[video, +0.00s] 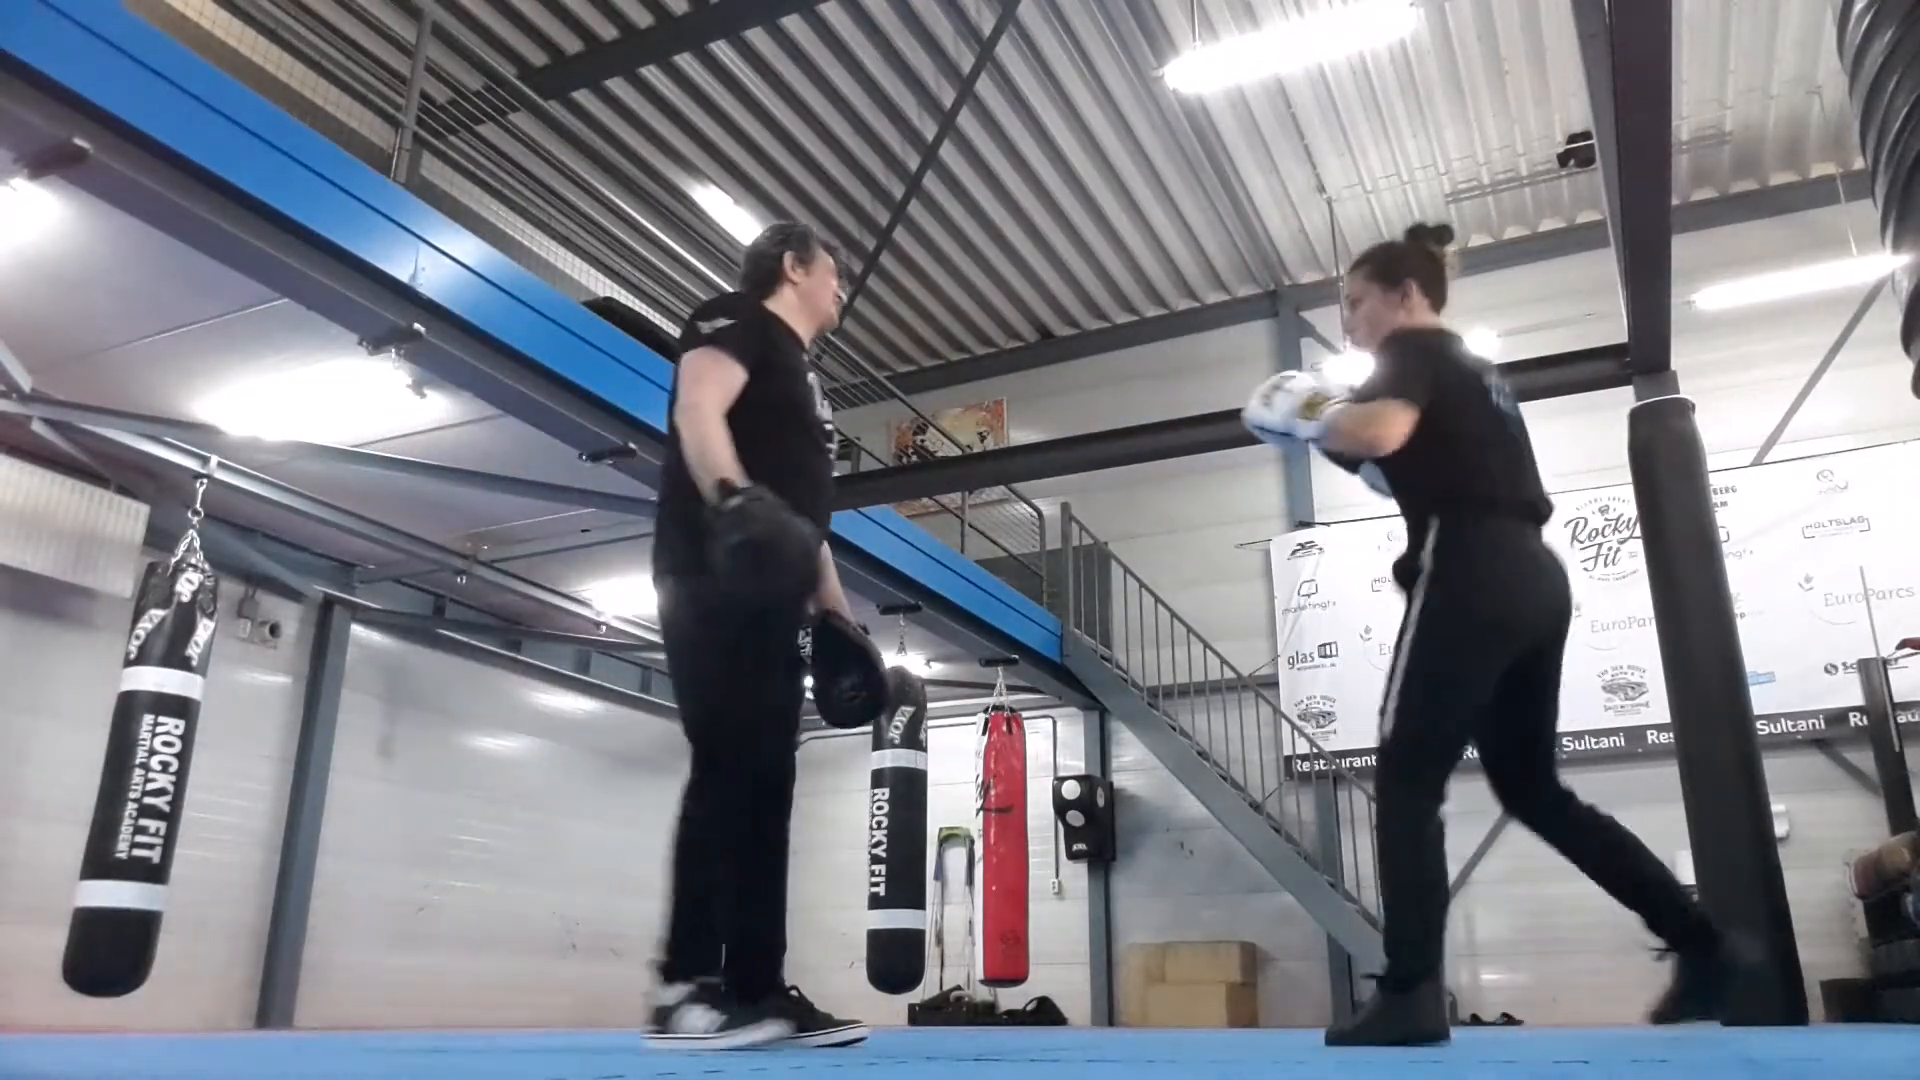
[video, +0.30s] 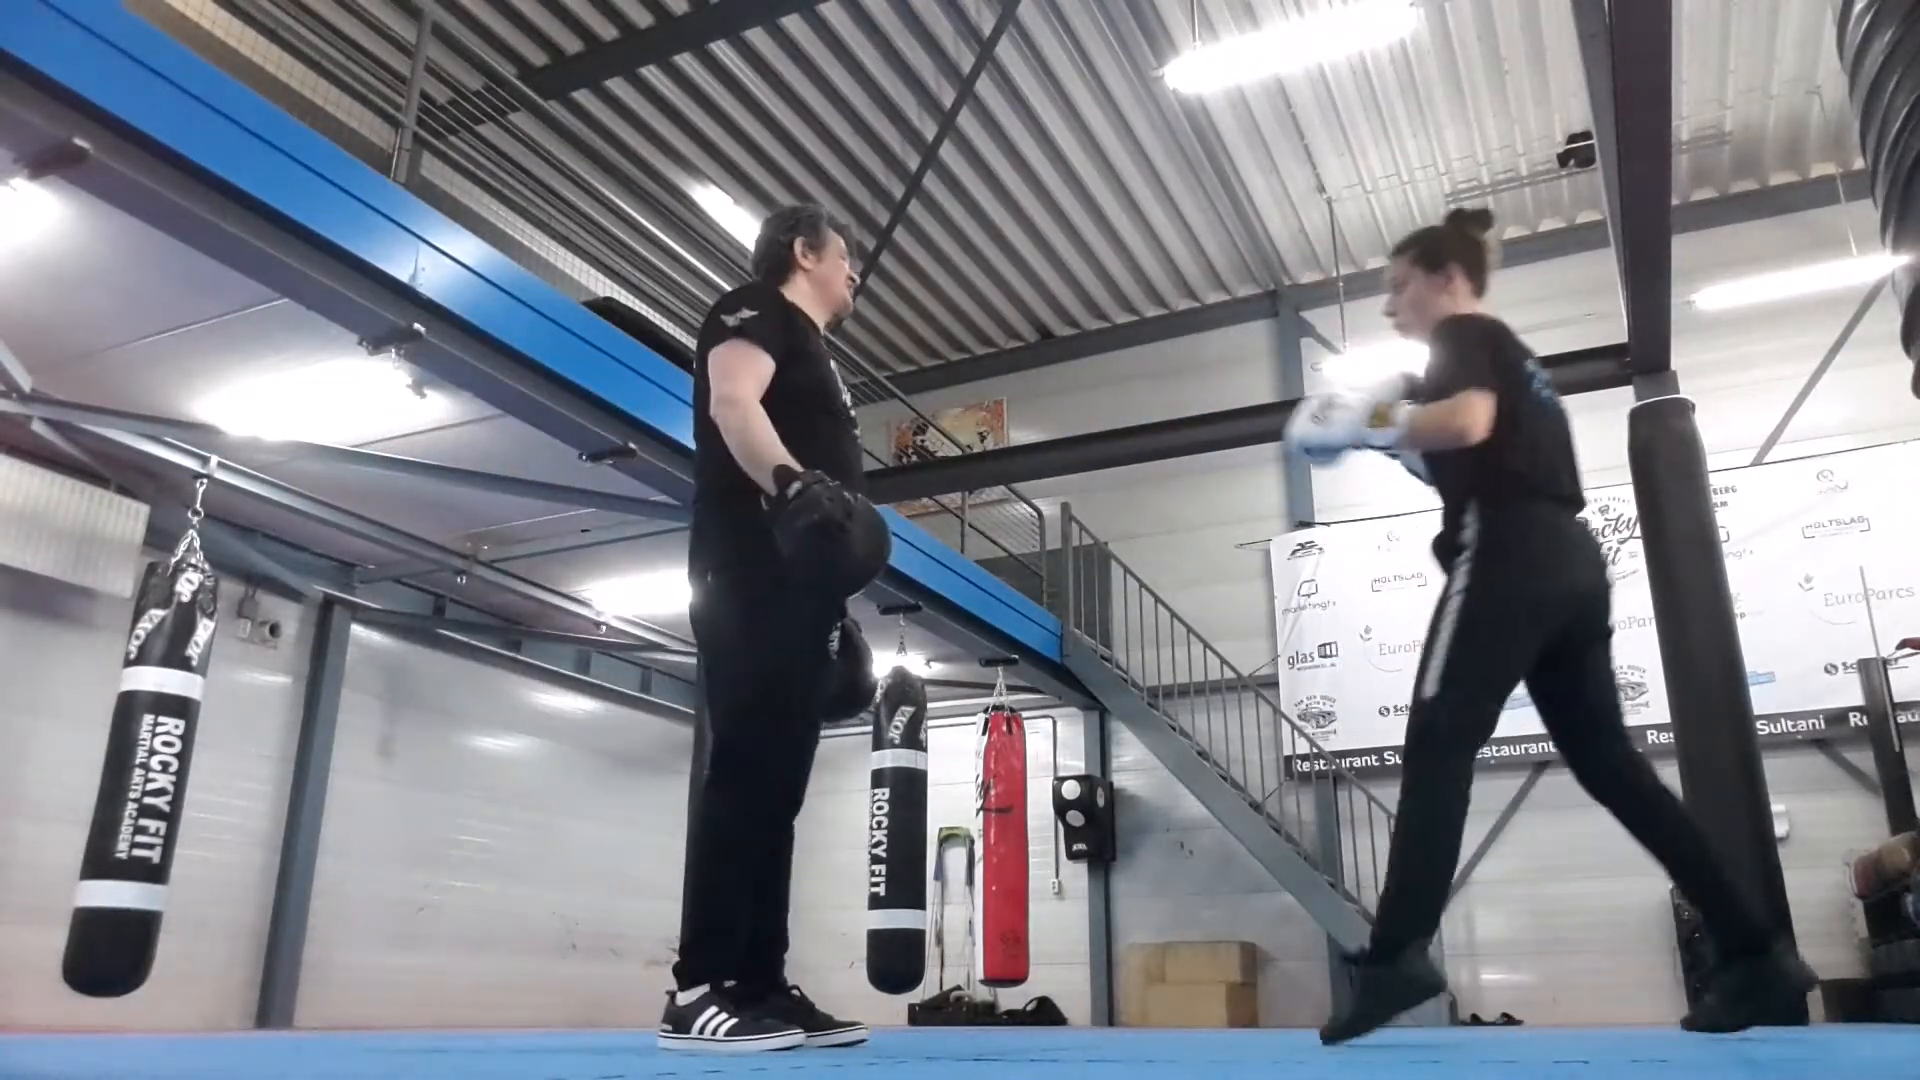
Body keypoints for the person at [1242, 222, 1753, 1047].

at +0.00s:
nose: (1349, 325)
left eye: (1355, 306)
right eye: (1346, 310)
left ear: (1403, 295)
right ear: (1421, 304)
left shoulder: (1412, 351)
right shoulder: (1470, 366)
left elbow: (1383, 430)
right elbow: (1417, 449)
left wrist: (1314, 419)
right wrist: (1333, 411)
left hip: (1470, 577)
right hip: (1532, 576)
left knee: (1406, 780)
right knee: (1529, 788)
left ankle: (1409, 996)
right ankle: (1701, 945)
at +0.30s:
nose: (1391, 308)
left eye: (1400, 289)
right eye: (1389, 292)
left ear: (1448, 280)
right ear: (1463, 290)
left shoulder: (1464, 333)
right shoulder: (1511, 355)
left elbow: (1468, 417)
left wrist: (1378, 424)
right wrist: (1390, 411)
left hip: (1506, 558)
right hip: (1569, 556)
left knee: (1438, 747)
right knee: (1610, 767)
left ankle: (1396, 959)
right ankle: (1755, 958)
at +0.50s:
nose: (1449, 343)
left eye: (1457, 324)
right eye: (1447, 326)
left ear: (1505, 316)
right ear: (1513, 322)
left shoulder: (1528, 377)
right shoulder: (1548, 386)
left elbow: (1567, 457)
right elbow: (1532, 497)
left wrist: (1460, 485)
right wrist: (1451, 483)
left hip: (1574, 606)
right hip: (1616, 604)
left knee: (1454, 772)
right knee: (1655, 801)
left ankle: (1485, 983)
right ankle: (1790, 988)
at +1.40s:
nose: (1363, 298)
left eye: (1376, 283)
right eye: (1365, 285)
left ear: (1425, 287)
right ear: (1422, 292)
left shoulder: (1456, 342)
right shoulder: (1436, 379)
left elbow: (1506, 413)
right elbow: (1471, 513)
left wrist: (1532, 488)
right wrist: (1451, 612)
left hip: (1525, 574)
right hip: (1534, 582)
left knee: (1478, 766)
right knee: (1604, 780)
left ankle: (1497, 996)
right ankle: (1762, 975)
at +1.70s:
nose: (1312, 294)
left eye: (1327, 280)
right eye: (1315, 282)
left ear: (1378, 286)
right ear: (1366, 292)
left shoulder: (1428, 344)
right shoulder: (1371, 406)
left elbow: (1500, 403)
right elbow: (1371, 516)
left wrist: (1508, 473)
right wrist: (1353, 609)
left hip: (1487, 578)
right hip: (1510, 582)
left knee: (1447, 772)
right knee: (1581, 778)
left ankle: (1498, 994)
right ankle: (1752, 967)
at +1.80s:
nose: (1303, 285)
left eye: (1316, 269)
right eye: (1305, 272)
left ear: (1364, 273)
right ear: (1359, 279)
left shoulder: (1408, 332)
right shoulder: (1369, 391)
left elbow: (1453, 405)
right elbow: (1335, 499)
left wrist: (1463, 503)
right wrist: (1284, 572)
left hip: (1470, 560)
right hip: (1508, 563)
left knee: (1455, 768)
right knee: (1524, 777)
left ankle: (1499, 994)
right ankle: (1700, 947)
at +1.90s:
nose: (1299, 286)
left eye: (1309, 269)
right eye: (1300, 271)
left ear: (1350, 267)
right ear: (1359, 273)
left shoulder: (1387, 330)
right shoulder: (1380, 361)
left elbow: (1400, 425)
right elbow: (1325, 474)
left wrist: (1385, 525)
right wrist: (1231, 513)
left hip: (1461, 557)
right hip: (1493, 560)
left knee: (1455, 767)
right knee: (1467, 768)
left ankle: (1498, 995)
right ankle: (1622, 948)